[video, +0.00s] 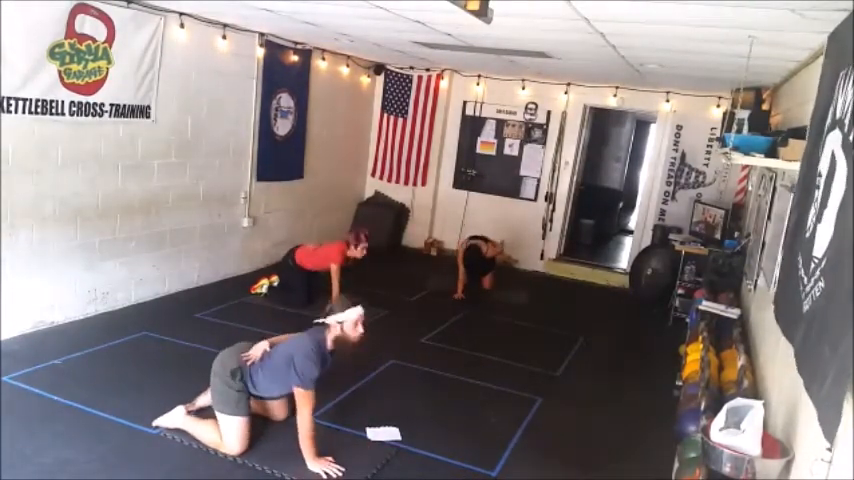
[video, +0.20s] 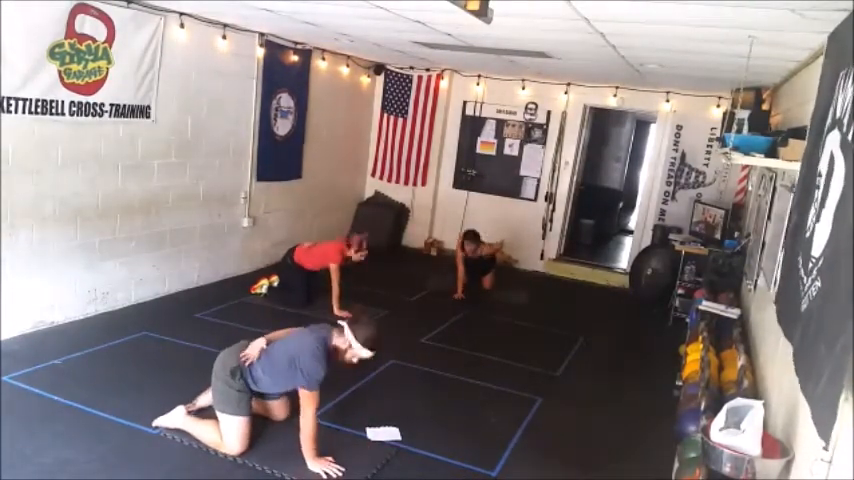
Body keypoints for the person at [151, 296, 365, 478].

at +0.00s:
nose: (362, 328)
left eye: (362, 321)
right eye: (356, 323)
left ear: (338, 323)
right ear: (335, 324)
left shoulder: (323, 335)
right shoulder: (309, 356)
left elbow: (296, 337)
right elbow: (305, 413)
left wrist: (267, 343)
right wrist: (311, 458)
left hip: (256, 357)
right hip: (231, 369)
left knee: (278, 411)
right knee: (233, 445)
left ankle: (220, 399)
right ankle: (181, 419)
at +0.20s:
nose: (358, 360)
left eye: (364, 357)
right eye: (359, 355)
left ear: (346, 334)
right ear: (346, 341)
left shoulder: (328, 332)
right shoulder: (314, 362)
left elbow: (296, 332)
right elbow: (309, 414)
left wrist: (264, 339)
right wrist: (312, 458)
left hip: (259, 357)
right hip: (233, 368)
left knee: (280, 410)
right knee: (234, 445)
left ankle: (218, 398)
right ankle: (179, 419)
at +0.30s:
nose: (335, 381)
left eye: (339, 382)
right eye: (340, 381)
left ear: (347, 364)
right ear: (342, 370)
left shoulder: (330, 337)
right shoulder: (311, 362)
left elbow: (292, 329)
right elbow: (308, 414)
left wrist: (265, 332)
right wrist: (312, 458)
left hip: (260, 357)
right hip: (234, 367)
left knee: (280, 410)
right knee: (232, 445)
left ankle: (220, 397)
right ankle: (181, 415)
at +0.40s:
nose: (328, 388)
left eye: (331, 389)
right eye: (332, 388)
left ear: (340, 376)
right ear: (341, 378)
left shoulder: (330, 341)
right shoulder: (310, 363)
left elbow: (295, 331)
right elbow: (308, 415)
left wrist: (267, 331)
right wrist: (312, 459)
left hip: (259, 357)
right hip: (234, 368)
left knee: (280, 410)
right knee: (232, 446)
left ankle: (220, 397)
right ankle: (181, 414)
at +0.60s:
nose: (351, 323)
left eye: (349, 318)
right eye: (344, 321)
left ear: (331, 326)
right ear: (326, 326)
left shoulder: (319, 341)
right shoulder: (302, 359)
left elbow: (293, 342)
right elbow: (301, 414)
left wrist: (266, 345)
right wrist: (311, 458)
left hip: (253, 358)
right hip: (228, 370)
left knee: (279, 411)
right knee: (232, 445)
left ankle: (218, 400)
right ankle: (181, 416)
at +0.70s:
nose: (355, 334)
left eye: (356, 327)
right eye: (350, 328)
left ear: (335, 326)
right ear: (329, 326)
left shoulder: (321, 339)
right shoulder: (305, 360)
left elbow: (297, 340)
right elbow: (303, 413)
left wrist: (267, 344)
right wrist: (311, 458)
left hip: (254, 359)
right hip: (228, 370)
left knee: (279, 411)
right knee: (232, 445)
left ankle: (218, 401)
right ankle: (182, 417)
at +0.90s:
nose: (332, 385)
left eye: (335, 386)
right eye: (337, 386)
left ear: (344, 375)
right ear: (346, 376)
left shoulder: (333, 342)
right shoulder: (315, 364)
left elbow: (296, 334)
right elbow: (309, 415)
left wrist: (271, 331)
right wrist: (311, 457)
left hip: (261, 358)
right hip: (236, 368)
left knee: (280, 410)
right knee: (233, 445)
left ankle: (221, 397)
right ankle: (180, 416)